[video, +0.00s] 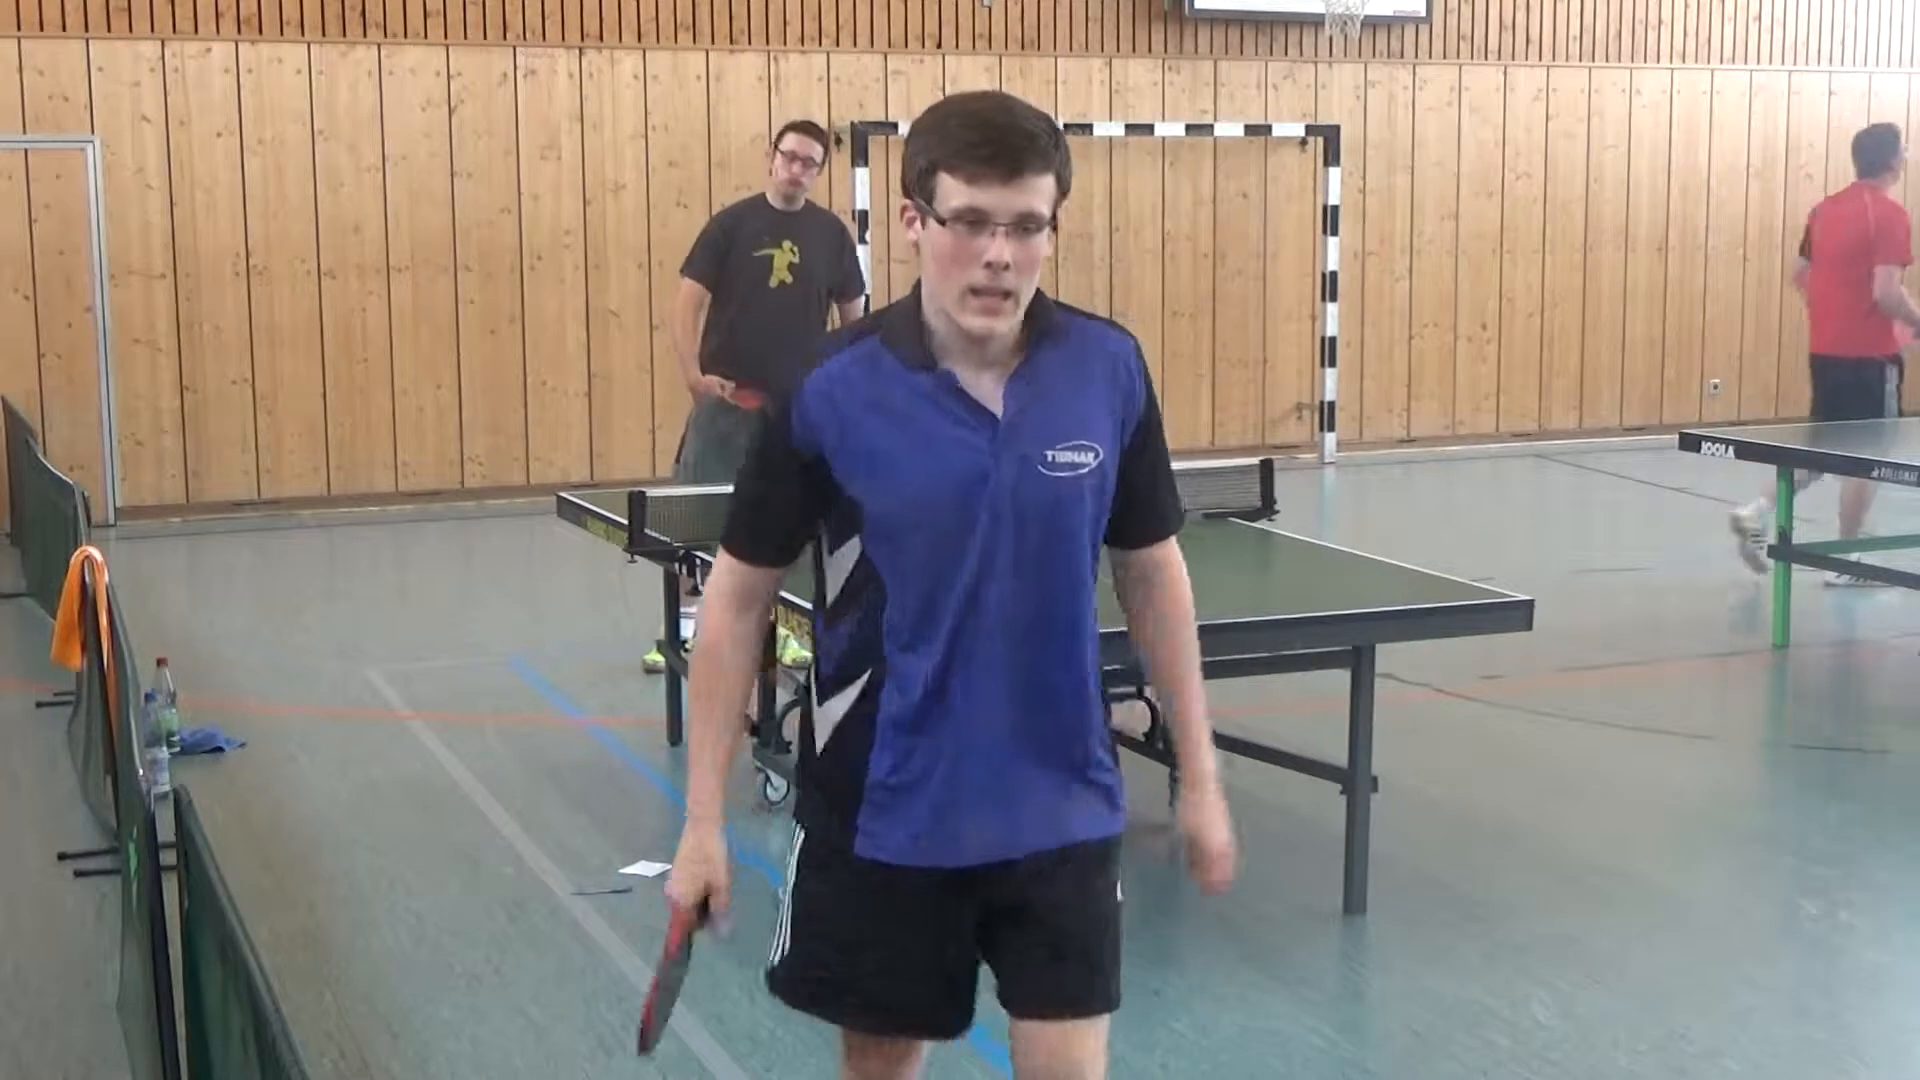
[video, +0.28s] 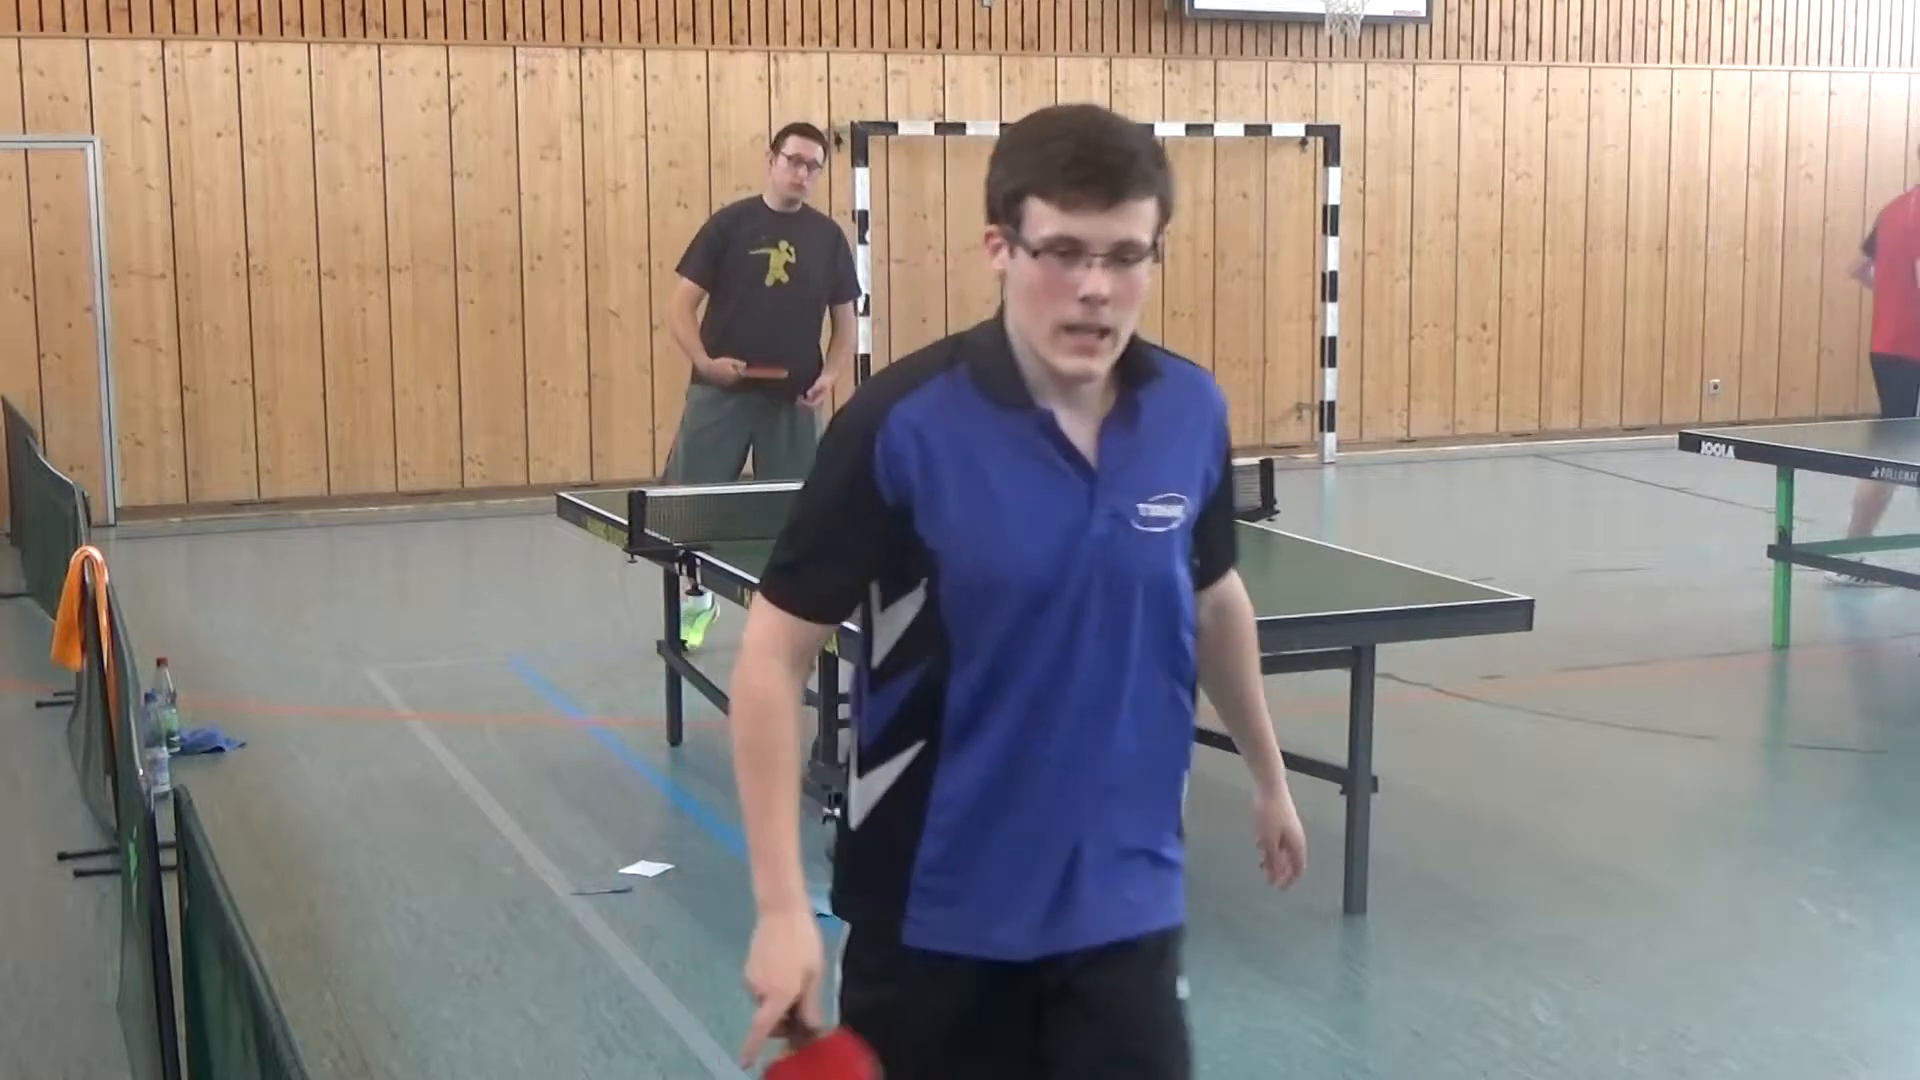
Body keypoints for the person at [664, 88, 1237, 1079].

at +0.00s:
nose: (999, 258)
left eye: (1026, 228)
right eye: (971, 223)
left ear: (1055, 231)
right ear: (914, 221)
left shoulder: (1105, 367)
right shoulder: (834, 395)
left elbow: (1153, 572)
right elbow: (736, 601)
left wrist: (1198, 775)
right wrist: (702, 822)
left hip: (1059, 804)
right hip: (886, 809)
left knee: (1069, 1064)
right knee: (880, 1059)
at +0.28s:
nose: (1096, 289)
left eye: (1126, 256)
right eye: (1062, 253)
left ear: (1155, 260)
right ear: (998, 251)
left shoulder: (1189, 411)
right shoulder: (895, 425)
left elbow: (1216, 599)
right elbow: (770, 657)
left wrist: (1269, 781)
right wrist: (779, 908)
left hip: (1124, 913)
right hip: (932, 924)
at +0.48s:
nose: (1161, 263)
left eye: (1197, 229)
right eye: (1129, 222)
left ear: (1230, 229)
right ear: (1061, 212)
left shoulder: (1268, 398)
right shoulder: (944, 407)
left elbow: (1306, 653)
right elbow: (844, 658)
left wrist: (1344, 895)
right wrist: (849, 922)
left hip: (1224, 939)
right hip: (1018, 950)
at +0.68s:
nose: (1247, 268)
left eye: (1280, 228)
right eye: (1205, 228)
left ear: (1311, 231)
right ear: (1125, 234)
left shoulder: (1356, 429)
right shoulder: (1004, 450)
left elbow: (1411, 679)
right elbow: (903, 722)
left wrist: (1457, 900)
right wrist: (916, 1018)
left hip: (1302, 994)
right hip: (1096, 1014)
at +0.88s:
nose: (1330, 301)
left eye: (1363, 251)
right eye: (1284, 256)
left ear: (1401, 240)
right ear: (1191, 254)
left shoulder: (1457, 453)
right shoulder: (1075, 508)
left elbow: (1523, 728)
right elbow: (988, 828)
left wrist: (1579, 962)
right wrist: (979, 1068)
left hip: (1425, 1040)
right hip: (1197, 1054)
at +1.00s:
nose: (1408, 279)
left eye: (1445, 226)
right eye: (1358, 230)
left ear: (1488, 211)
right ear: (1256, 224)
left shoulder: (1532, 432)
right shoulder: (1135, 494)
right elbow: (1040, 837)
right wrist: (1038, 1069)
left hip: (1521, 1049)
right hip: (1269, 1059)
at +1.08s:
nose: (1486, 272)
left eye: (1525, 216)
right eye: (1432, 222)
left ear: (1566, 206)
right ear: (1324, 217)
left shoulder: (1593, 437)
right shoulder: (1187, 492)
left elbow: (1622, 754)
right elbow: (1070, 863)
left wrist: (1690, 1054)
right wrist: (1088, 1068)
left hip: (1592, 1053)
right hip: (1325, 1059)